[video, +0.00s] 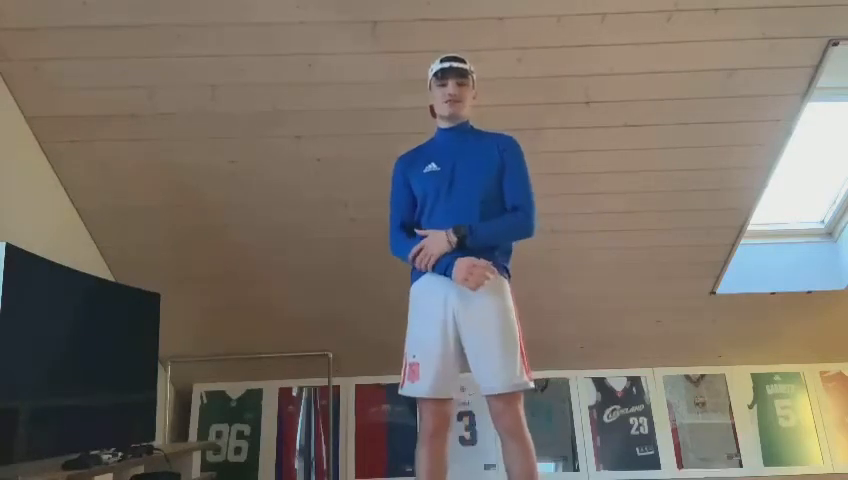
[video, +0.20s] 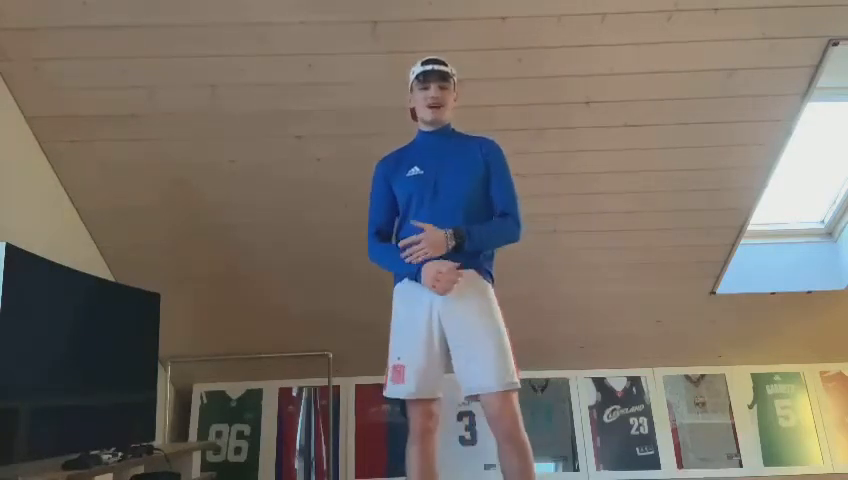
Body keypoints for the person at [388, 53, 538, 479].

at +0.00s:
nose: (452, 90)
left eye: (460, 83)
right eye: (442, 83)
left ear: (473, 93)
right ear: (430, 96)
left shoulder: (503, 147)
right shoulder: (410, 162)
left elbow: (523, 220)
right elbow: (400, 238)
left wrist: (456, 235)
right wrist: (450, 264)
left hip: (487, 287)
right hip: (429, 293)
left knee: (508, 414)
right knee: (432, 420)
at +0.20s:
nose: (434, 93)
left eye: (443, 86)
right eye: (424, 87)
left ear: (455, 96)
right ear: (411, 100)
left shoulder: (485, 151)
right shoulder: (391, 165)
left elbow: (510, 225)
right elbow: (377, 244)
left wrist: (453, 238)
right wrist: (419, 268)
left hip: (471, 289)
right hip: (413, 295)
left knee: (504, 415)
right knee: (422, 418)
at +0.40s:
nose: (421, 95)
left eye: (428, 87)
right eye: (410, 89)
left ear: (440, 96)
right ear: (397, 103)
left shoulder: (471, 151)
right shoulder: (378, 166)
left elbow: (497, 223)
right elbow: (363, 242)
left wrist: (478, 249)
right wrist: (373, 290)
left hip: (463, 292)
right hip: (405, 296)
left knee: (504, 408)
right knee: (417, 419)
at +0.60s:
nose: (411, 95)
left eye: (419, 87)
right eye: (400, 89)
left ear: (430, 96)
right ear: (387, 104)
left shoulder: (464, 151)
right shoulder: (373, 167)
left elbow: (500, 218)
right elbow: (347, 247)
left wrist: (540, 275)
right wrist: (315, 311)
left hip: (458, 293)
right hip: (402, 297)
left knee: (486, 418)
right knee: (415, 419)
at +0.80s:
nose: (405, 93)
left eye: (412, 85)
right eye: (395, 87)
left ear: (425, 93)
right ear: (383, 101)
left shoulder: (461, 149)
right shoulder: (368, 167)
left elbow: (505, 218)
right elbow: (336, 246)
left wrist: (557, 275)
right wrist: (296, 311)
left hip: (456, 294)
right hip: (399, 299)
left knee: (485, 417)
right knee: (415, 420)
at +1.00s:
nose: (403, 94)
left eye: (411, 85)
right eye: (393, 88)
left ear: (424, 93)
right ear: (381, 102)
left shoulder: (459, 148)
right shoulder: (368, 165)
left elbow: (500, 220)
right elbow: (338, 246)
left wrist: (548, 278)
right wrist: (298, 310)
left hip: (455, 292)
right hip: (398, 298)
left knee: (485, 414)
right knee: (414, 418)